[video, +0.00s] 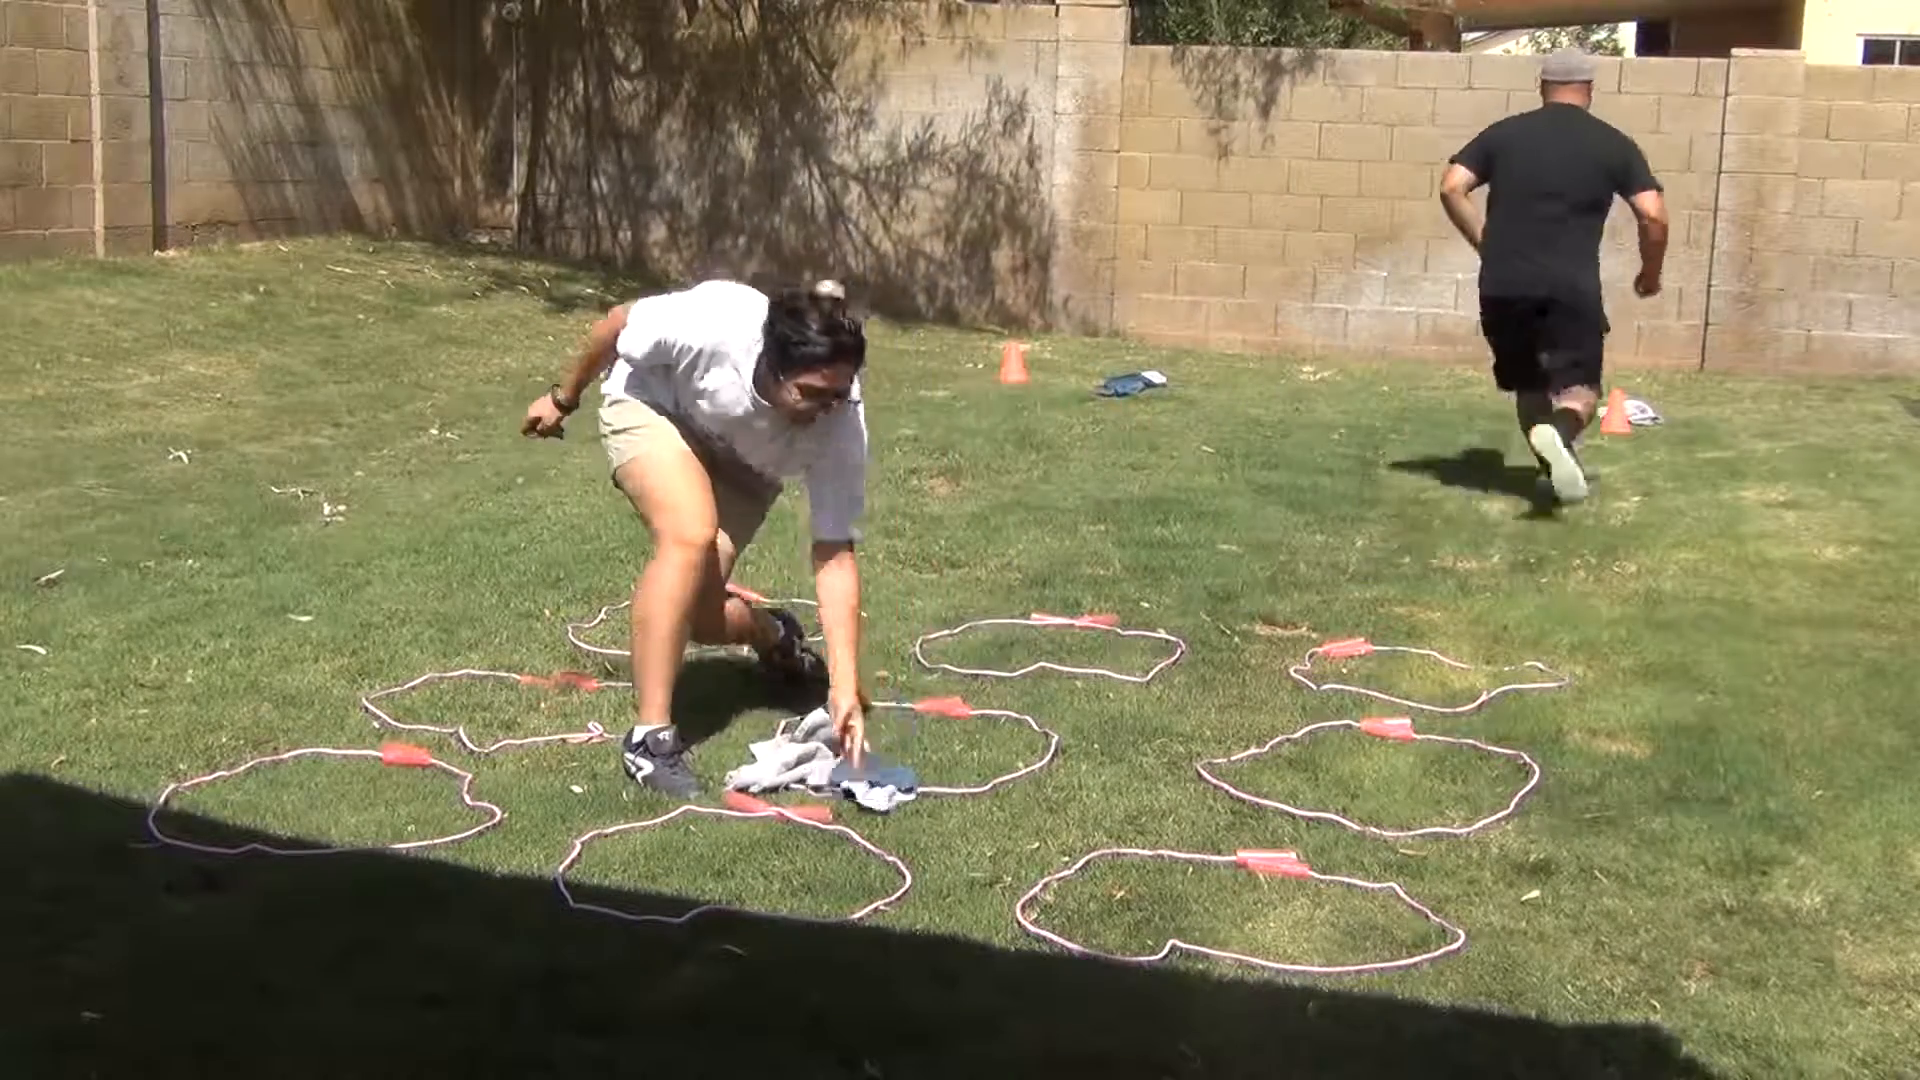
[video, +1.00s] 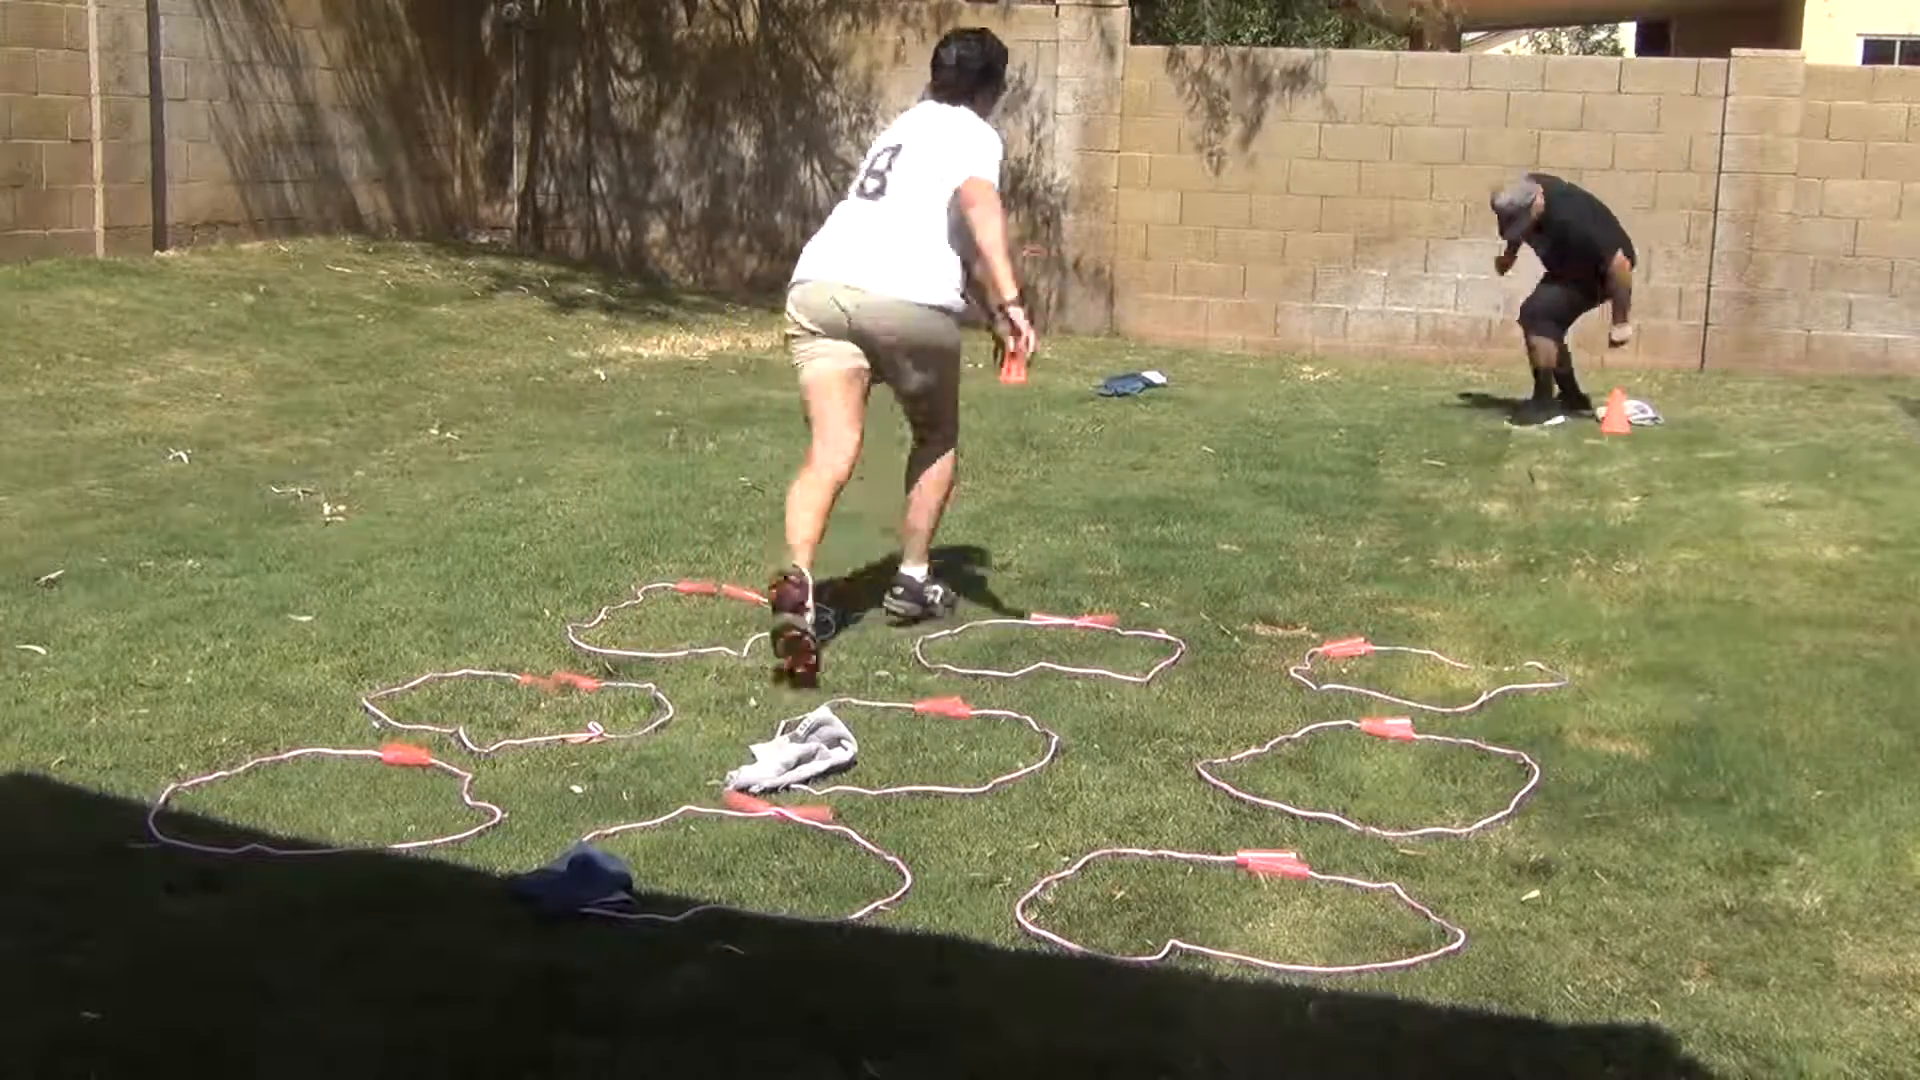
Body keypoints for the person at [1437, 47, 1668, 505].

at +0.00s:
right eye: (1589, 87)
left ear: (1542, 89)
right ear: (1589, 90)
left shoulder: (1506, 131)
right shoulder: (1611, 142)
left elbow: (1452, 187)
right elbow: (1654, 217)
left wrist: (1485, 242)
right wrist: (1650, 272)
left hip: (1502, 282)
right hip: (1570, 286)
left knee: (1529, 388)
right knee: (1579, 387)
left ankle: (1553, 477)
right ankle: (1557, 434)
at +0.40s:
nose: (1557, 111)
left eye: (1557, 106)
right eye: (1559, 107)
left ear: (1561, 105)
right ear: (1603, 102)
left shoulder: (1548, 145)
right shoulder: (1632, 146)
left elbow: (1526, 201)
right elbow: (1670, 200)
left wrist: (1502, 245)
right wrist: (1655, 233)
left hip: (1558, 279)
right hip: (1616, 281)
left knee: (1542, 349)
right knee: (1612, 365)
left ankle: (1570, 416)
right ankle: (1624, 446)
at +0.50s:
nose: (1537, 108)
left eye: (1538, 100)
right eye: (1536, 101)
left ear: (1550, 96)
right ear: (1585, 93)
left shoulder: (1550, 131)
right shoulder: (1618, 130)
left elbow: (1549, 181)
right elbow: (1636, 170)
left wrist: (1530, 225)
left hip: (1558, 260)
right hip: (1611, 261)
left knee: (1535, 336)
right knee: (1602, 344)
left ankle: (1535, 409)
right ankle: (1615, 414)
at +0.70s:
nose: (1509, 144)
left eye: (1508, 136)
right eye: (1505, 138)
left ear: (1525, 125)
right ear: (1536, 118)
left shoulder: (1549, 151)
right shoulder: (1573, 135)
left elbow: (1556, 214)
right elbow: (1559, 175)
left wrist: (1506, 248)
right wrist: (1520, 187)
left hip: (1561, 266)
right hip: (1600, 262)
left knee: (1510, 334)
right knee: (1560, 324)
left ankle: (1517, 413)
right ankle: (1572, 382)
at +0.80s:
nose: (1507, 164)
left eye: (1507, 157)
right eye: (1503, 159)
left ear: (1522, 142)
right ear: (1524, 136)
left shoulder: (1550, 170)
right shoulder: (1554, 141)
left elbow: (1578, 231)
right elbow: (1539, 185)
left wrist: (1539, 275)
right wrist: (1514, 207)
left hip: (1584, 260)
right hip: (1599, 253)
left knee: (1507, 326)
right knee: (1549, 316)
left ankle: (1519, 409)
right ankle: (1562, 390)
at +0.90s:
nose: (1513, 190)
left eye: (1514, 182)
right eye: (1510, 186)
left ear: (1530, 165)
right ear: (1527, 163)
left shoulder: (1568, 188)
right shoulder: (1535, 167)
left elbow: (1608, 242)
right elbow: (1530, 200)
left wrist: (1591, 295)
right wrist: (1518, 224)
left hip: (1589, 262)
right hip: (1567, 256)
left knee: (1515, 315)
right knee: (1551, 316)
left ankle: (1530, 402)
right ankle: (1568, 391)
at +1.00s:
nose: (1520, 235)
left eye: (1523, 227)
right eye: (1514, 231)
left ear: (1537, 203)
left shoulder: (1572, 218)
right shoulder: (1527, 192)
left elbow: (1620, 264)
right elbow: (1519, 226)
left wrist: (1620, 322)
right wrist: (1509, 255)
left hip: (1598, 274)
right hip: (1567, 268)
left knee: (1539, 318)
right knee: (1537, 320)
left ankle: (1543, 401)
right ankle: (1572, 395)